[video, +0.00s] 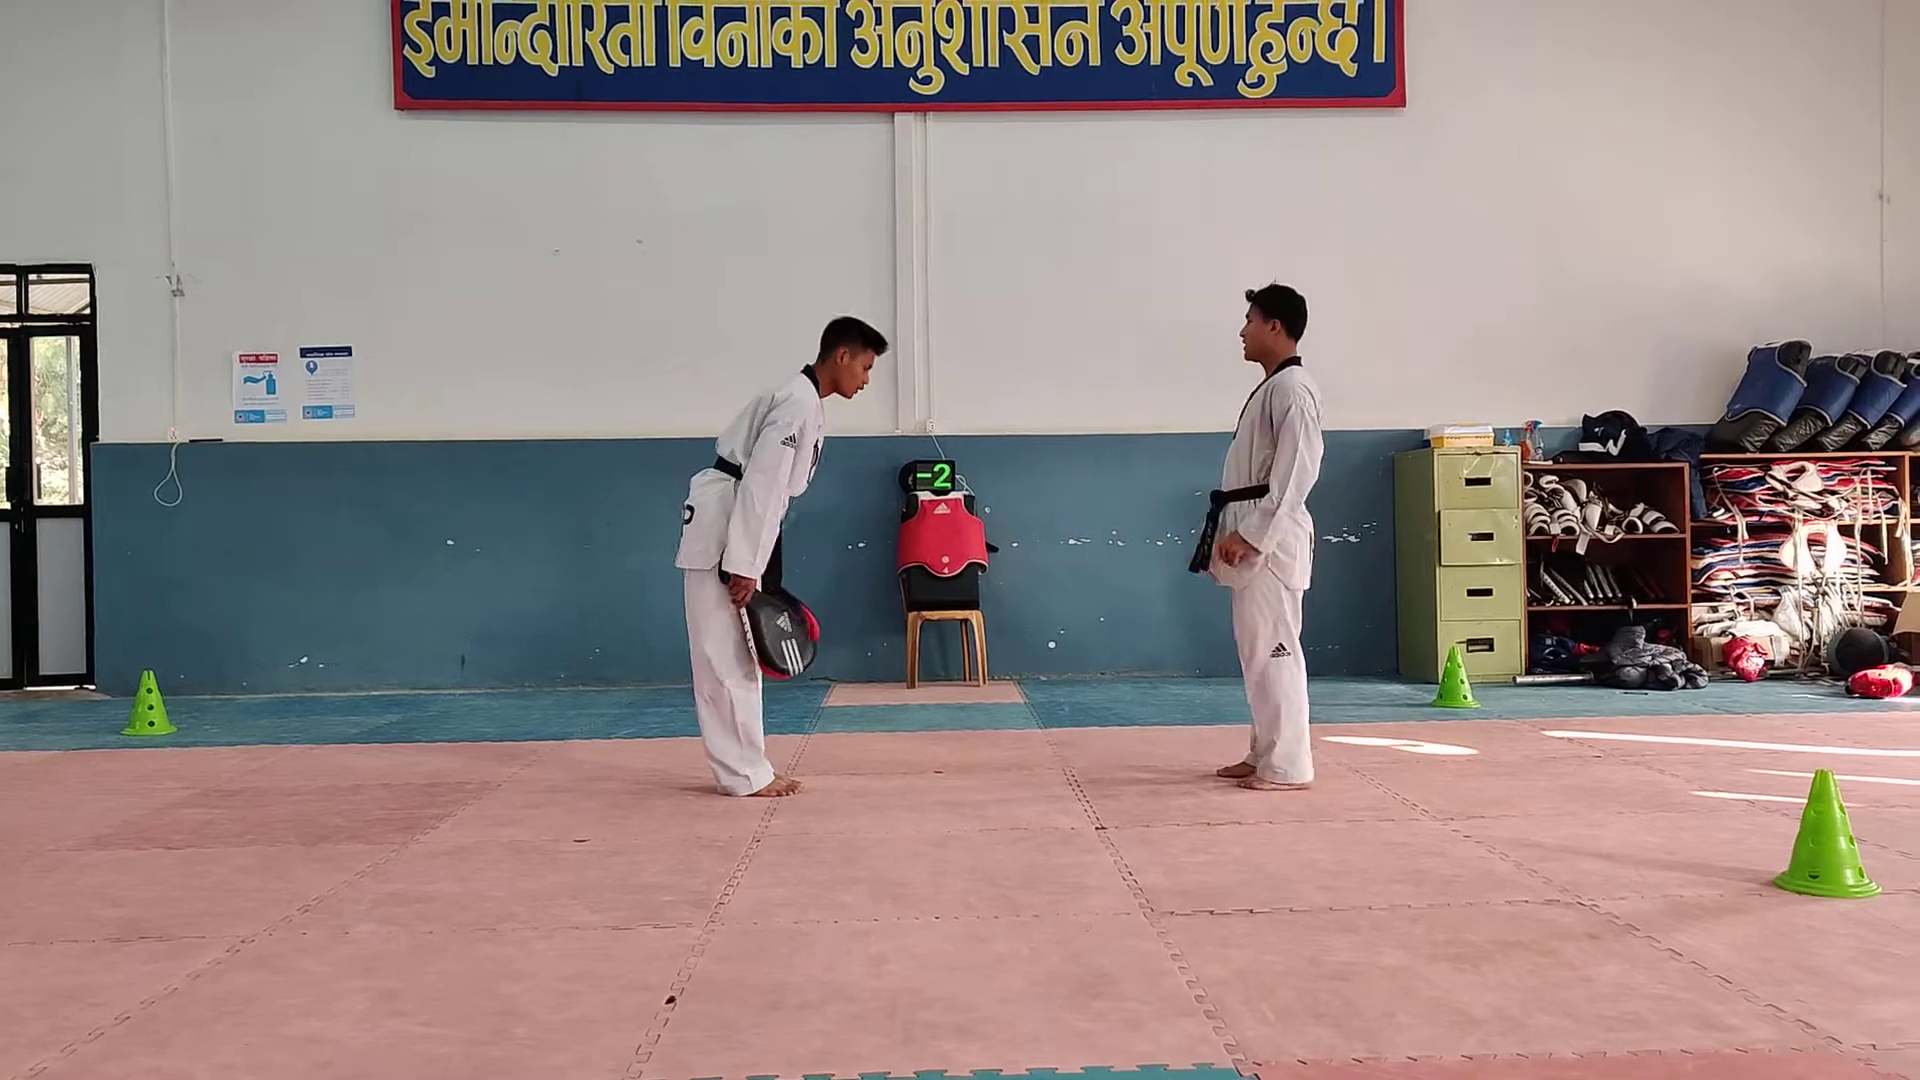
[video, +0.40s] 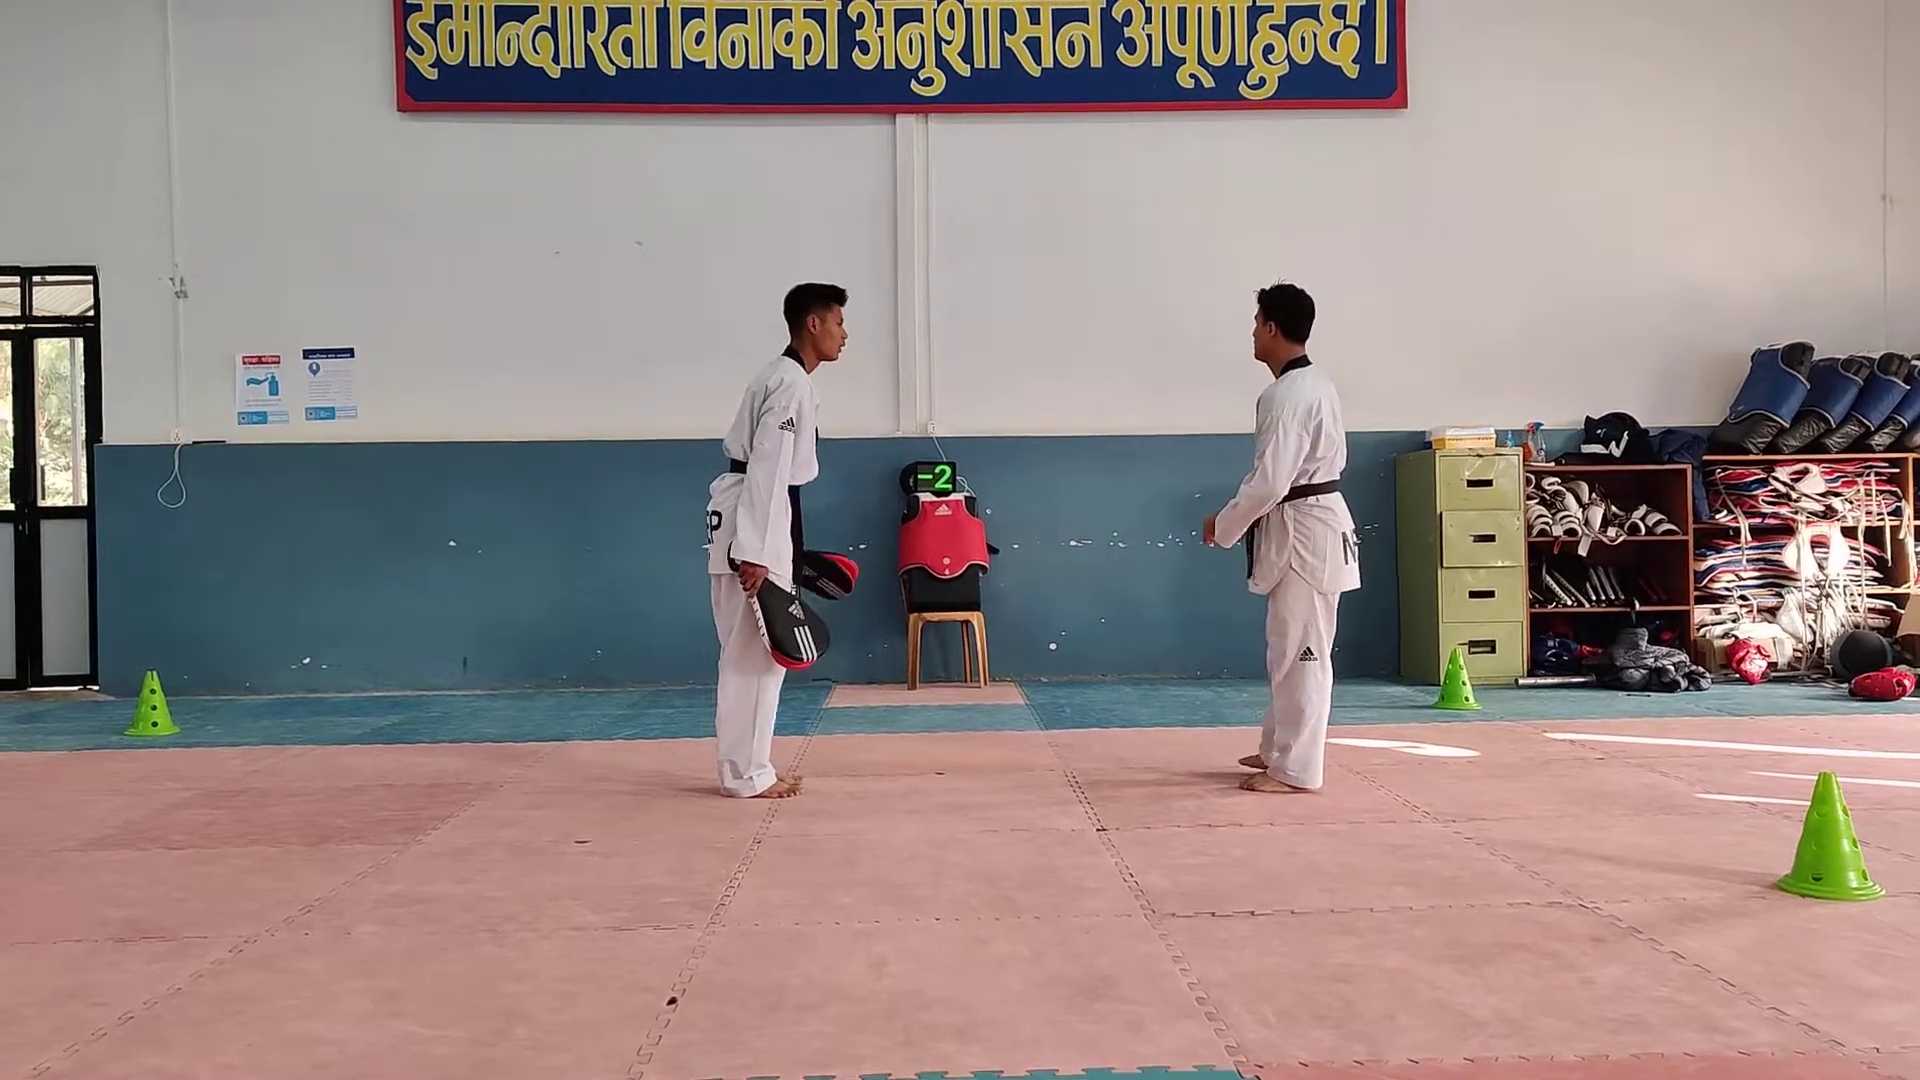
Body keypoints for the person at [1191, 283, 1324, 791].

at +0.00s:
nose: (1242, 330)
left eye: (1249, 320)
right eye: (1245, 320)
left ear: (1274, 327)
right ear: (1276, 328)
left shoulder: (1290, 389)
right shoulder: (1270, 388)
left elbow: (1296, 470)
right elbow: (1255, 472)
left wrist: (1255, 534)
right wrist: (1226, 532)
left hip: (1272, 540)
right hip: (1254, 540)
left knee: (1273, 650)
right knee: (1260, 650)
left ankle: (1287, 764)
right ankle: (1267, 755)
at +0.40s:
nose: (1253, 331)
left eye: (1258, 322)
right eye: (1256, 321)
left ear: (1273, 329)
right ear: (1299, 331)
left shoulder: (1287, 395)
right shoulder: (1317, 385)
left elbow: (1270, 482)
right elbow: (1312, 469)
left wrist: (1224, 522)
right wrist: (1242, 511)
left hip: (1303, 528)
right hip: (1325, 522)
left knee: (1298, 648)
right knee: (1301, 645)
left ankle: (1297, 768)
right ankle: (1283, 751)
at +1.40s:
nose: (1336, 323)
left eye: (1341, 314)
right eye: (1339, 314)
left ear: (1357, 320)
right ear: (1382, 325)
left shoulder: (1347, 369)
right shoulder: (1409, 379)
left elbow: (1337, 442)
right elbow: (1431, 454)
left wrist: (1311, 487)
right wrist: (1390, 484)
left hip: (1360, 510)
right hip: (1408, 511)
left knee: (1341, 633)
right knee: (1417, 636)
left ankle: (1318, 752)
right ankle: (1428, 747)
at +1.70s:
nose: (1300, 323)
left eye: (1304, 314)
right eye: (1302, 313)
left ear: (1321, 318)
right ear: (1346, 321)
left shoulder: (1313, 367)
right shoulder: (1378, 370)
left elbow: (1300, 435)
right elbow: (1408, 438)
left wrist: (1290, 484)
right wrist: (1370, 472)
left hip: (1338, 507)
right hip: (1387, 505)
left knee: (1319, 631)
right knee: (1389, 629)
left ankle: (1304, 751)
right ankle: (1422, 740)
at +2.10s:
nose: (1303, 334)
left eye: (1312, 324)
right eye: (1305, 324)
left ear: (1343, 330)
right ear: (1347, 333)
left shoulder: (1329, 381)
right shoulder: (1386, 384)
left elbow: (1337, 453)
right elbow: (1415, 454)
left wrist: (1305, 494)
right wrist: (1372, 485)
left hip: (1349, 517)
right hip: (1394, 515)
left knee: (1310, 635)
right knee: (1406, 635)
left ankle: (1284, 752)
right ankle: (1436, 742)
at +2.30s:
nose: (1286, 334)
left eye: (1294, 325)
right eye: (1288, 324)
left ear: (1324, 332)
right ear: (1326, 334)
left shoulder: (1318, 380)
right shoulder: (1363, 389)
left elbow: (1334, 451)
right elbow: (1387, 463)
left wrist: (1284, 473)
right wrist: (1350, 497)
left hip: (1335, 516)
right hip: (1375, 517)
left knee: (1294, 635)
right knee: (1393, 637)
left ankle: (1276, 753)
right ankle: (1432, 742)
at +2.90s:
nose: (1132, 312)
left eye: (1139, 302)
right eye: (1133, 302)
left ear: (1167, 306)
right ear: (1169, 308)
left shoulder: (1173, 361)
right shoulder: (1184, 359)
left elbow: (1116, 426)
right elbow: (1209, 437)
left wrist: (1055, 423)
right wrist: (1230, 494)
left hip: (1172, 506)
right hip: (1135, 487)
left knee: (1164, 621)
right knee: (1056, 455)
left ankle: (1212, 714)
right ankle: (964, 513)